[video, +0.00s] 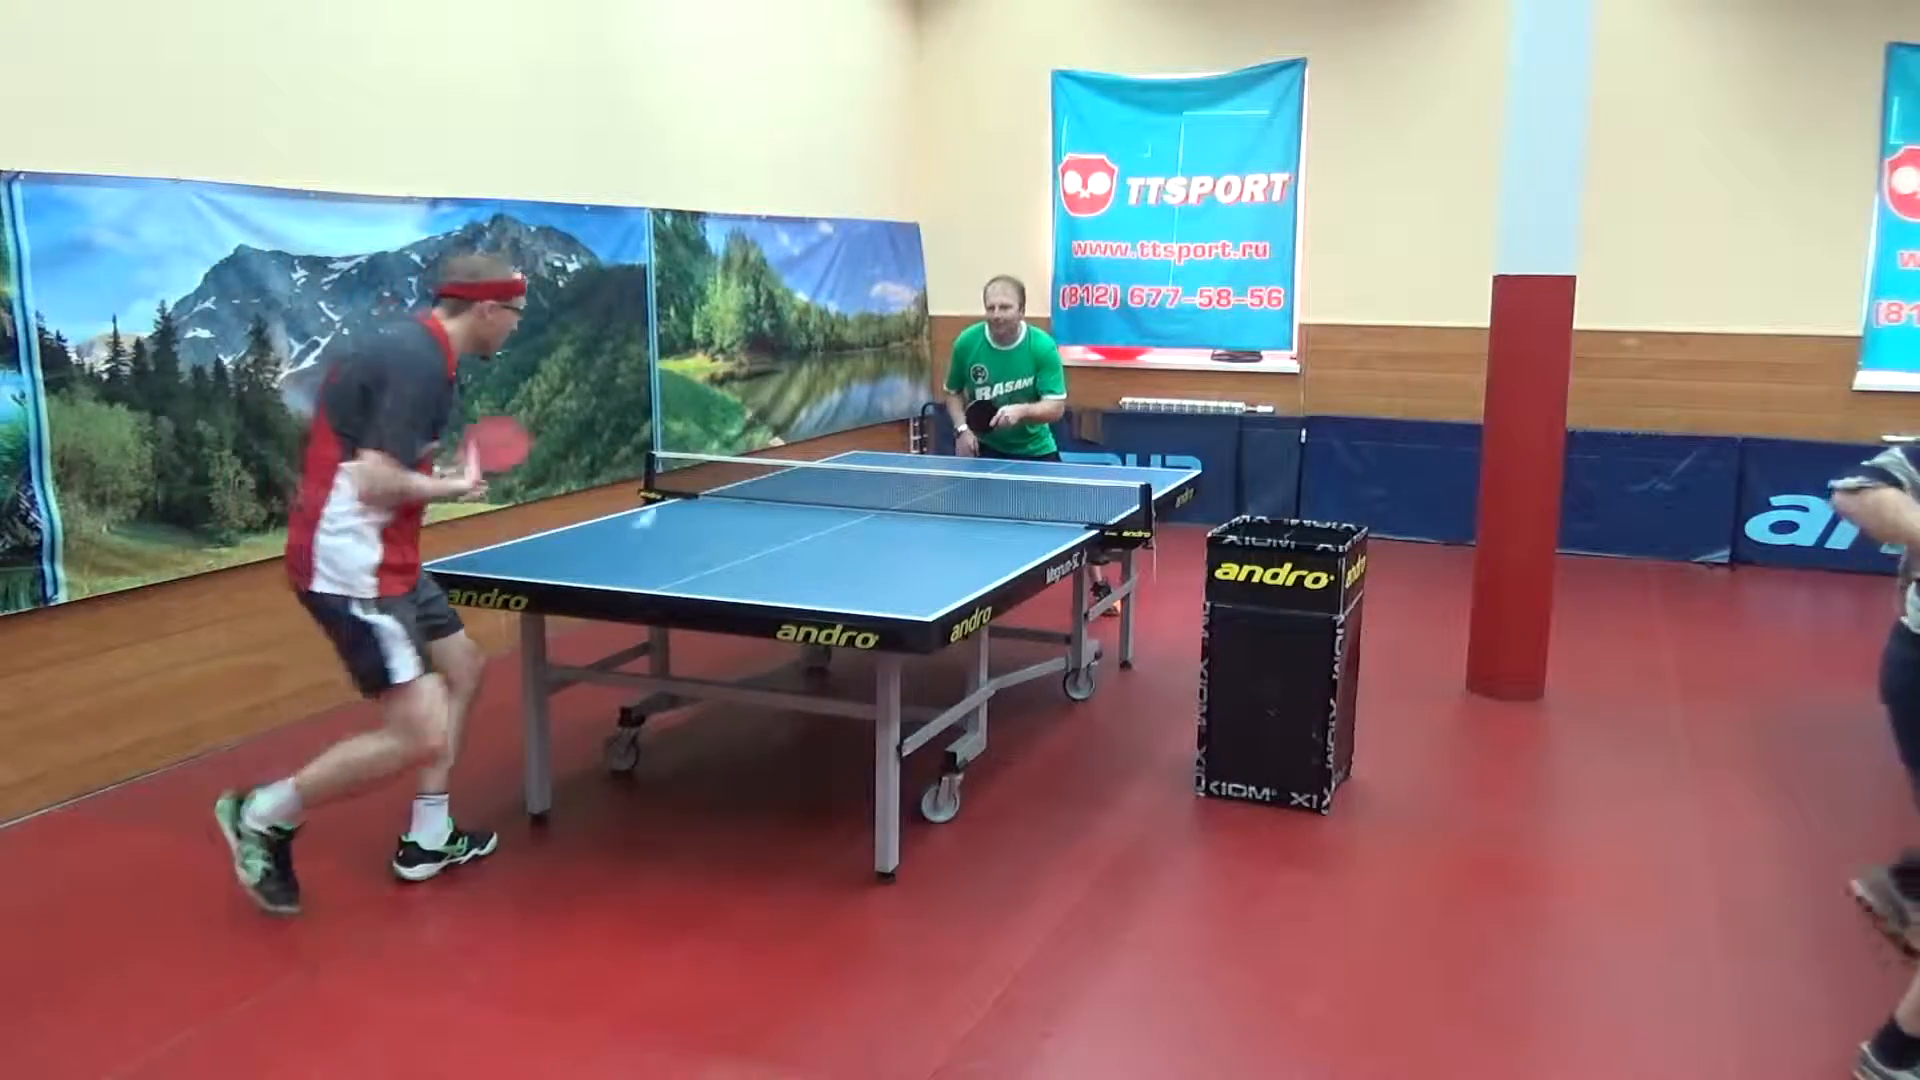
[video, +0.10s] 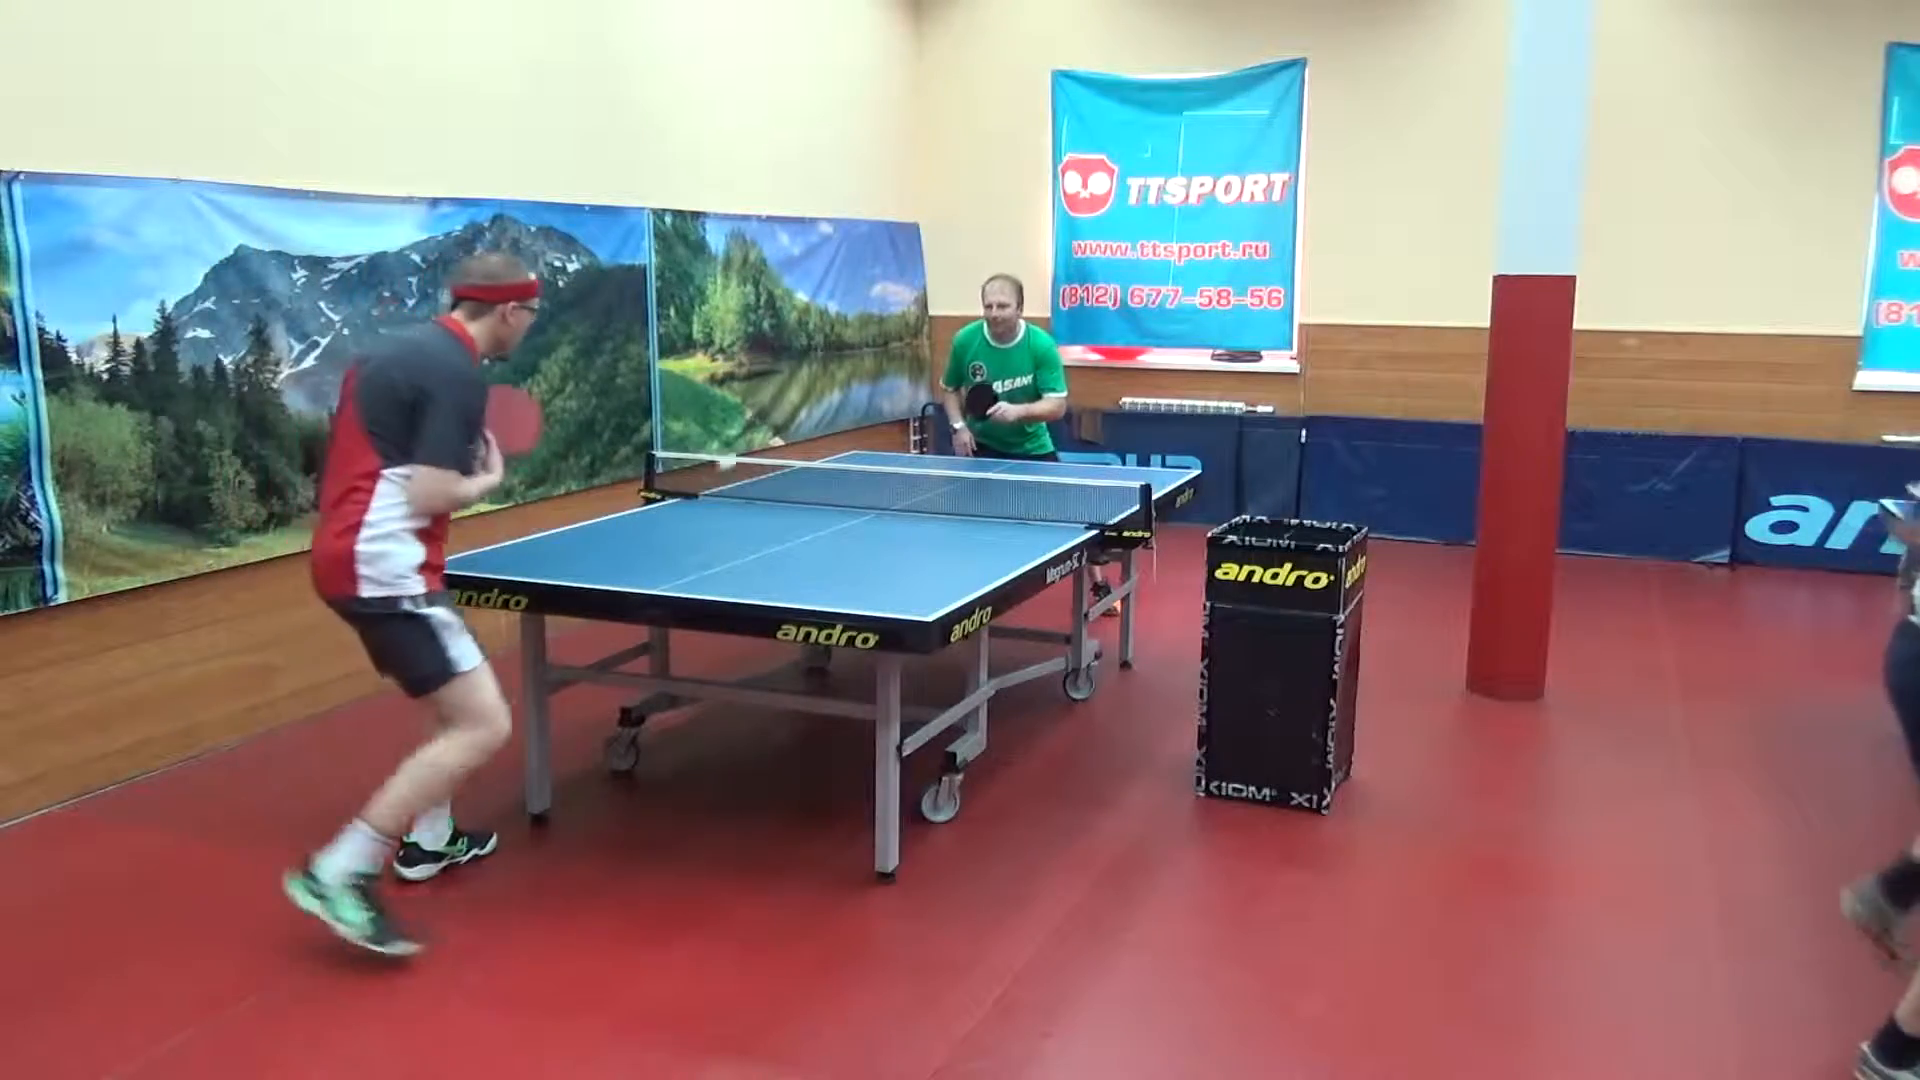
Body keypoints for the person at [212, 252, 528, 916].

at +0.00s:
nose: (514, 325)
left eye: (515, 313)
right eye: (510, 312)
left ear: (468, 306)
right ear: (478, 309)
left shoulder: (422, 353)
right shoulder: (415, 360)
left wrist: (442, 469)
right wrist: (457, 483)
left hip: (386, 562)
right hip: (346, 572)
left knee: (463, 665)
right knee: (419, 731)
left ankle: (429, 835)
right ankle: (260, 814)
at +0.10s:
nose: (528, 328)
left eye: (529, 316)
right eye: (526, 315)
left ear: (465, 304)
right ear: (502, 312)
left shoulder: (396, 351)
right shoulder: (452, 369)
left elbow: (362, 470)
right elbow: (428, 493)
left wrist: (450, 471)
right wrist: (490, 480)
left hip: (356, 564)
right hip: (384, 570)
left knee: (463, 697)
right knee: (483, 726)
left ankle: (430, 841)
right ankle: (335, 874)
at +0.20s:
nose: (544, 328)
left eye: (545, 315)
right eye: (544, 315)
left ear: (479, 302)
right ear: (523, 313)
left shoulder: (405, 353)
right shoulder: (479, 367)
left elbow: (367, 467)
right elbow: (462, 498)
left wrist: (470, 477)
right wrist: (508, 486)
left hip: (365, 566)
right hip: (417, 570)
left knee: (457, 686)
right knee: (524, 729)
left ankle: (430, 839)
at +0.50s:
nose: (594, 308)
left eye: (593, 296)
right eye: (596, 296)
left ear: (517, 285)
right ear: (580, 294)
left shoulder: (433, 345)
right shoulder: (553, 361)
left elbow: (374, 474)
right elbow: (577, 503)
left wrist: (416, 537)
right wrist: (603, 508)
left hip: (412, 582)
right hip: (503, 589)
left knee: (425, 708)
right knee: (591, 748)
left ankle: (404, 857)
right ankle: (565, 951)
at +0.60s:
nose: (599, 303)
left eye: (600, 290)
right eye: (602, 290)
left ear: (525, 273)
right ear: (589, 283)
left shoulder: (441, 330)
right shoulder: (561, 349)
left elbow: (384, 459)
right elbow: (586, 490)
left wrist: (420, 522)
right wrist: (619, 491)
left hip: (416, 578)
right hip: (512, 584)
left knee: (419, 711)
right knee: (589, 747)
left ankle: (360, 887)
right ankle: (564, 951)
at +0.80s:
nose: (590, 311)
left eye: (588, 301)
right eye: (590, 301)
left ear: (511, 287)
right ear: (581, 299)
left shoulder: (432, 348)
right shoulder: (580, 375)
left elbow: (382, 481)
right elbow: (594, 515)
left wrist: (371, 558)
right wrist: (519, 504)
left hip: (415, 598)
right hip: (523, 605)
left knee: (397, 739)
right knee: (618, 749)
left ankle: (342, 915)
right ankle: (566, 949)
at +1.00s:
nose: (528, 349)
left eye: (528, 338)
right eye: (530, 338)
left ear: (457, 320)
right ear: (520, 335)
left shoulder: (404, 374)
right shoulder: (519, 402)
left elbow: (356, 506)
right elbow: (451, 482)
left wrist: (270, 626)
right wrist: (339, 497)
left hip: (394, 629)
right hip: (508, 630)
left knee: (364, 734)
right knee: (594, 762)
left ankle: (311, 905)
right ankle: (569, 949)